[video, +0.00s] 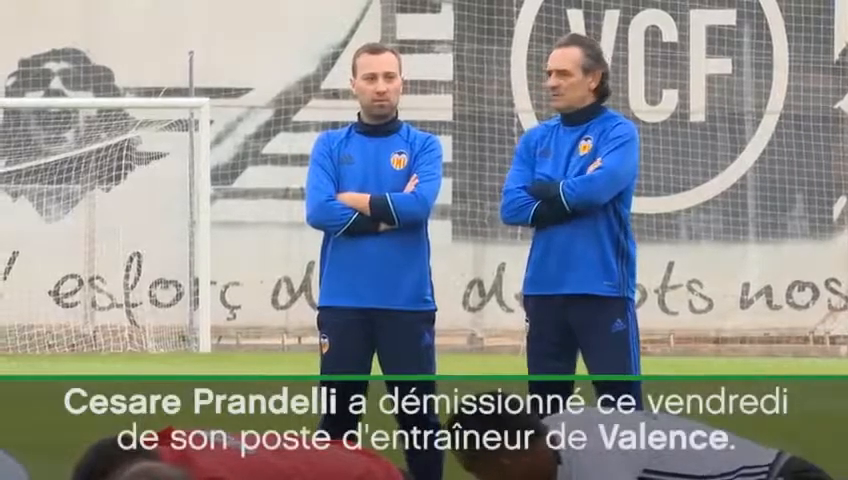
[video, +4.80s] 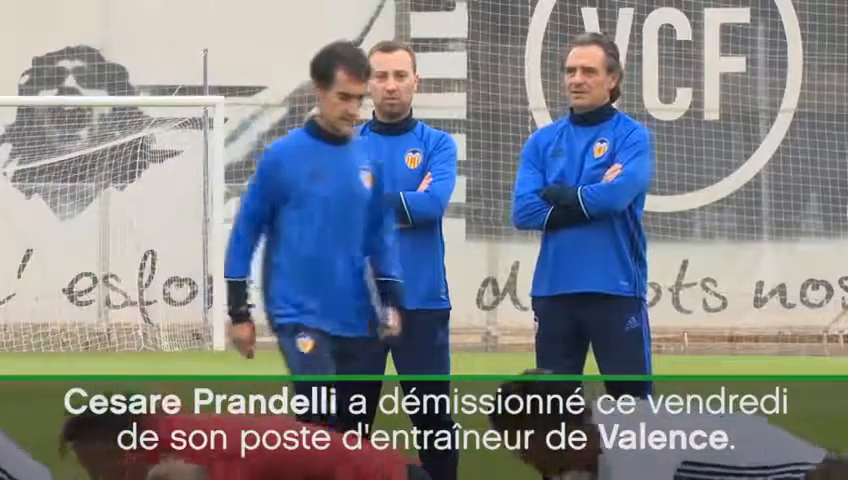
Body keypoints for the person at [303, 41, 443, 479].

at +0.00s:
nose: (381, 87)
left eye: (389, 77)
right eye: (370, 78)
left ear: (402, 84)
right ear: (353, 86)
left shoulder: (424, 144)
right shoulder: (330, 144)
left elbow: (418, 207)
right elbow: (318, 212)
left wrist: (348, 198)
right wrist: (391, 214)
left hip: (407, 303)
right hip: (342, 303)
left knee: (418, 415)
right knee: (337, 417)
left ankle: (427, 479)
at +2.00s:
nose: (398, 84)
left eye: (406, 75)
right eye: (388, 75)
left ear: (417, 82)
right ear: (370, 83)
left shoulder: (440, 143)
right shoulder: (345, 142)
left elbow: (434, 206)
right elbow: (333, 210)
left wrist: (363, 197)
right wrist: (406, 213)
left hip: (423, 302)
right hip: (358, 302)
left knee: (433, 416)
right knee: (352, 418)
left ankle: (442, 479)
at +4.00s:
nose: (391, 86)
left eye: (401, 76)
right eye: (381, 77)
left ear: (416, 82)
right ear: (368, 84)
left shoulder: (438, 143)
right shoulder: (344, 142)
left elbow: (433, 208)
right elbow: (333, 211)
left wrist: (365, 197)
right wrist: (406, 210)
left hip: (423, 303)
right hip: (357, 303)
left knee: (433, 421)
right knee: (352, 421)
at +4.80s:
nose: (391, 86)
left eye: (400, 76)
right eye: (381, 77)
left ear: (416, 82)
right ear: (368, 84)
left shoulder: (438, 144)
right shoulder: (349, 143)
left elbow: (432, 206)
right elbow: (339, 203)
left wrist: (367, 199)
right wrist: (411, 195)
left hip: (422, 300)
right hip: (359, 300)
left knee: (434, 417)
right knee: (350, 420)